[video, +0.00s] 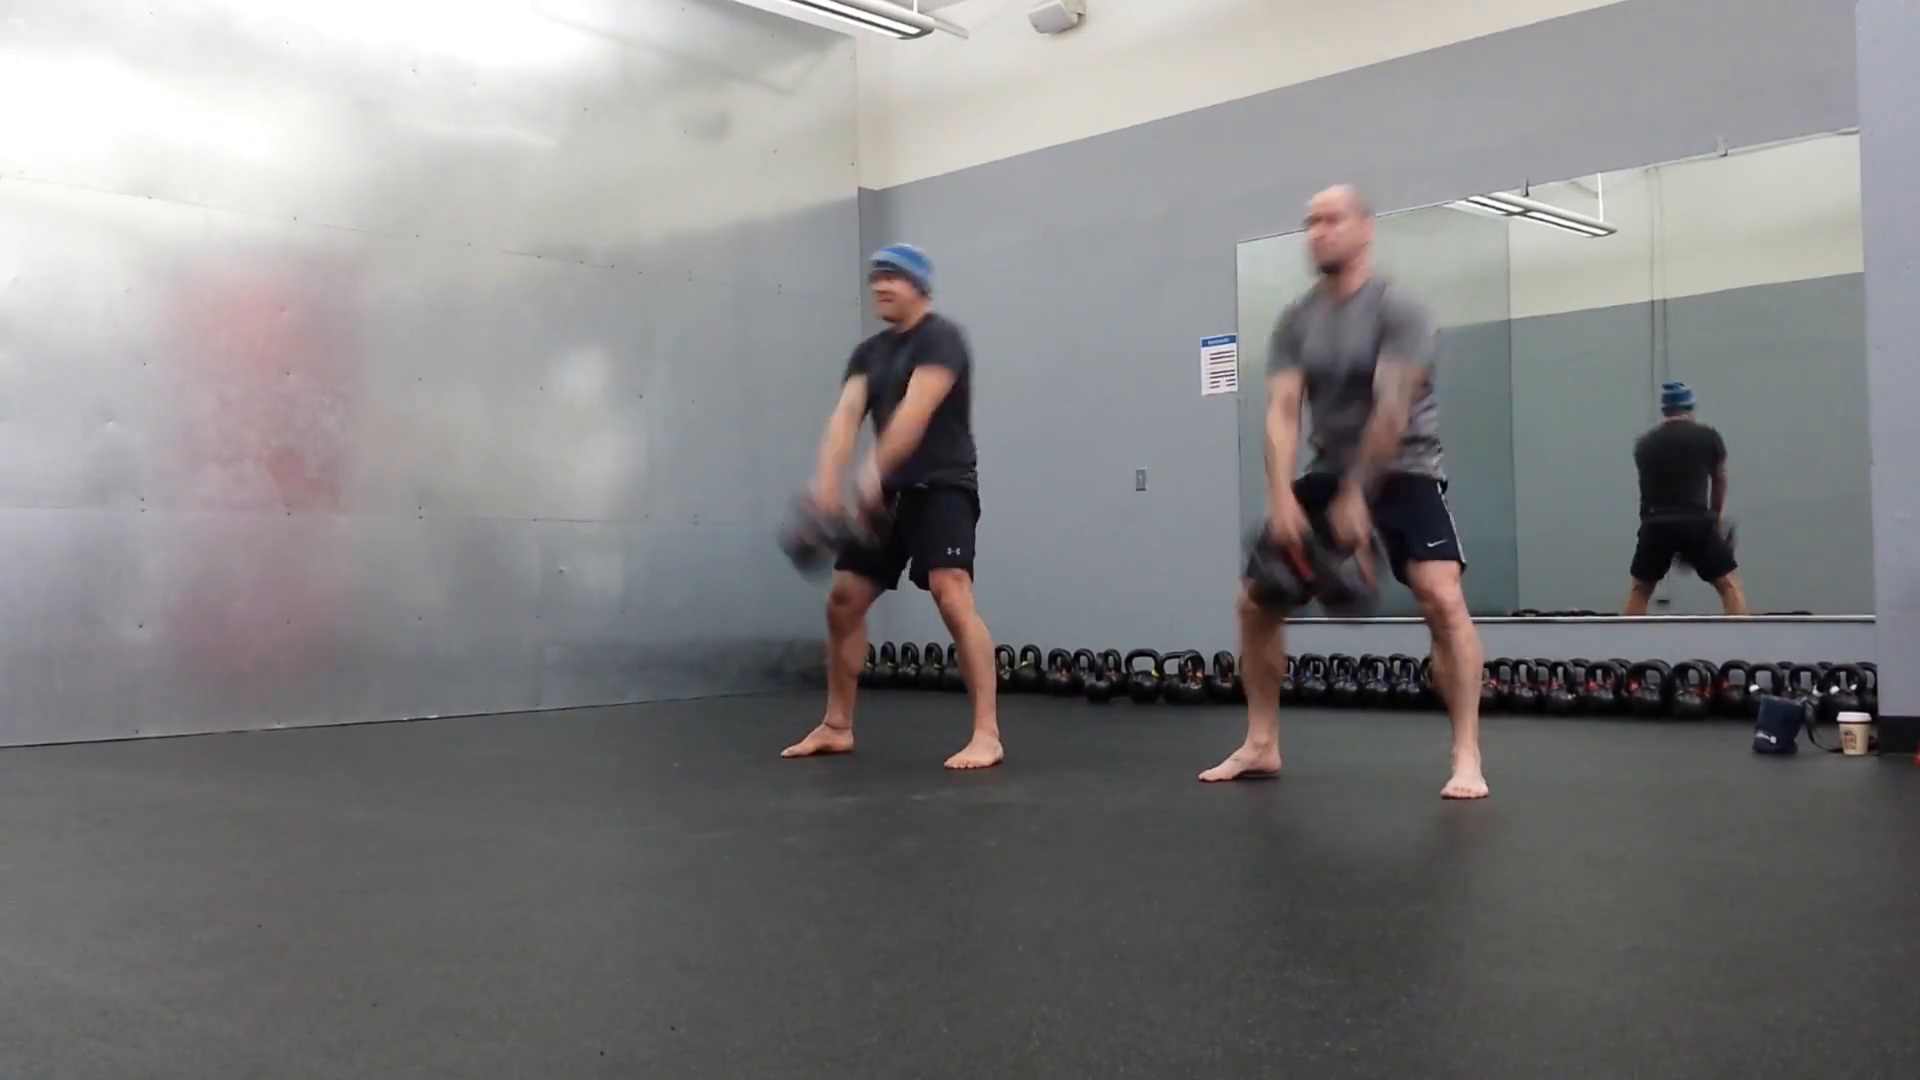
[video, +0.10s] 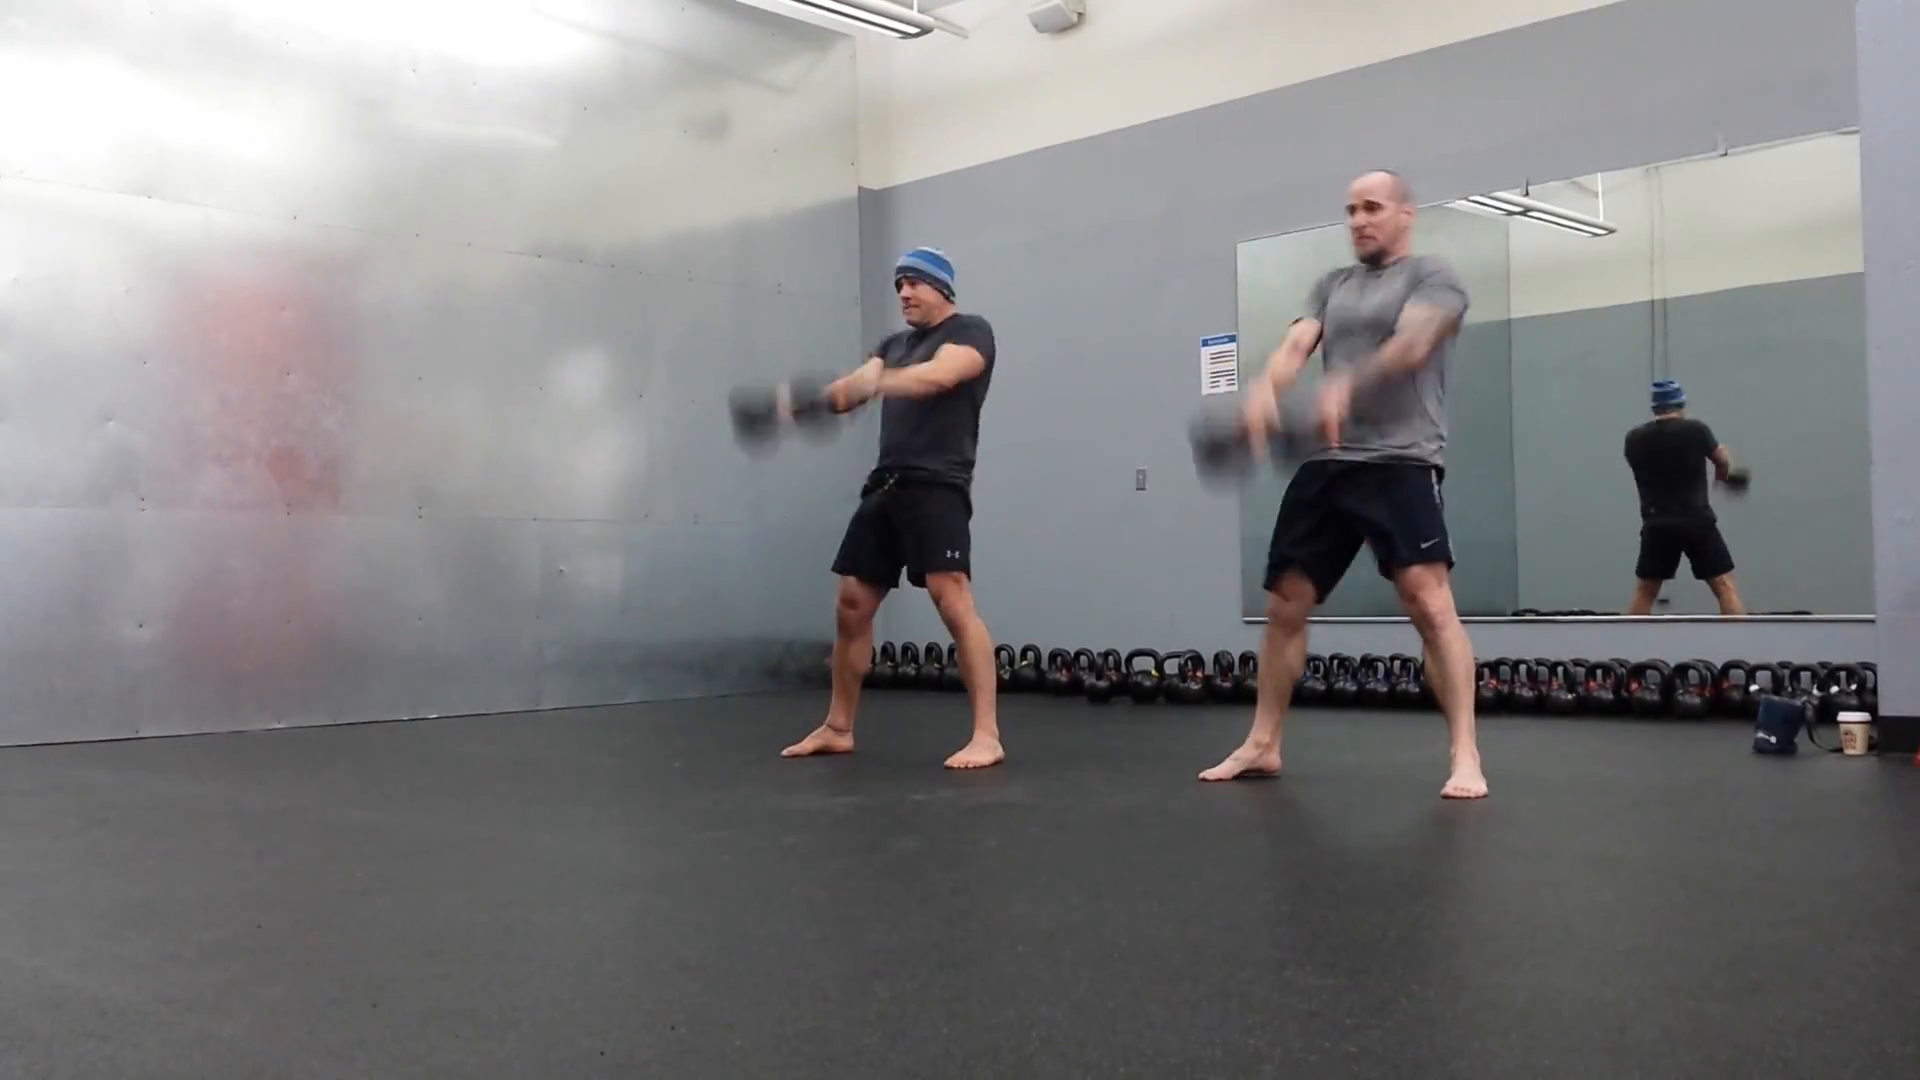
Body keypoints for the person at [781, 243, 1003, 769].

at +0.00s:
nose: (880, 290)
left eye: (891, 281)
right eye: (876, 282)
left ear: (920, 287)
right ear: (873, 292)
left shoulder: (943, 340)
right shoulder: (870, 351)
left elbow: (913, 415)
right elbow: (845, 417)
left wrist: (873, 476)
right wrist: (827, 483)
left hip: (943, 489)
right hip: (888, 491)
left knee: (951, 594)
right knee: (844, 602)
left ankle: (986, 734)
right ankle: (837, 725)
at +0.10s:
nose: (903, 293)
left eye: (912, 283)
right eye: (900, 285)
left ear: (942, 288)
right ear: (902, 293)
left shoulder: (972, 332)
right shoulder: (897, 345)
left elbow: (935, 379)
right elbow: (855, 385)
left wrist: (871, 383)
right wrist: (803, 404)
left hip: (938, 491)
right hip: (885, 490)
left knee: (952, 600)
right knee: (852, 607)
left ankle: (986, 736)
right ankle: (838, 726)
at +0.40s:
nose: (858, 279)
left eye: (867, 270)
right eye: (856, 272)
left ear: (897, 272)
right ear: (858, 279)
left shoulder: (927, 323)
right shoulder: (852, 327)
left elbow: (906, 250)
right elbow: (803, 272)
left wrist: (879, 177)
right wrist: (800, 200)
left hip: (906, 488)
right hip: (851, 490)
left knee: (943, 607)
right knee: (850, 616)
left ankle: (986, 736)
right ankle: (839, 728)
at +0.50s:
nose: (844, 278)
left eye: (854, 269)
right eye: (842, 270)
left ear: (885, 275)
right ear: (841, 280)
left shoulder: (911, 318)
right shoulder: (840, 324)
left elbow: (910, 232)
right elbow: (812, 251)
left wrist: (901, 157)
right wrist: (821, 180)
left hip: (899, 486)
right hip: (843, 490)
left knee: (939, 609)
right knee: (848, 619)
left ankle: (986, 737)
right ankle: (840, 729)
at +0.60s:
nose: (841, 278)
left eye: (852, 269)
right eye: (837, 269)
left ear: (882, 275)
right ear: (835, 279)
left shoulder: (907, 314)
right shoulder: (838, 322)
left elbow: (916, 224)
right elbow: (823, 243)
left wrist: (910, 149)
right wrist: (835, 168)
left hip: (894, 488)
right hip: (837, 493)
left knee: (934, 609)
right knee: (844, 619)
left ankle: (986, 736)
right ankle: (839, 729)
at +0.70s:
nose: (843, 276)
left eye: (853, 267)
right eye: (839, 267)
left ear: (883, 274)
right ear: (839, 278)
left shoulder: (908, 315)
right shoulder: (841, 322)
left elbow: (921, 224)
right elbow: (828, 241)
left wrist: (916, 150)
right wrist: (844, 165)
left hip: (892, 486)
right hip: (836, 490)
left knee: (933, 608)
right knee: (844, 618)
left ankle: (986, 735)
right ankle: (839, 728)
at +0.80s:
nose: (847, 274)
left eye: (857, 266)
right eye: (843, 266)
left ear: (887, 273)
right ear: (842, 277)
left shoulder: (911, 316)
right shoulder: (844, 321)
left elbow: (925, 225)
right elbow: (829, 242)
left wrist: (919, 154)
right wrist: (843, 166)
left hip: (893, 485)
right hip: (837, 488)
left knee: (933, 607)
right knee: (844, 617)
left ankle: (985, 734)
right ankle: (840, 727)